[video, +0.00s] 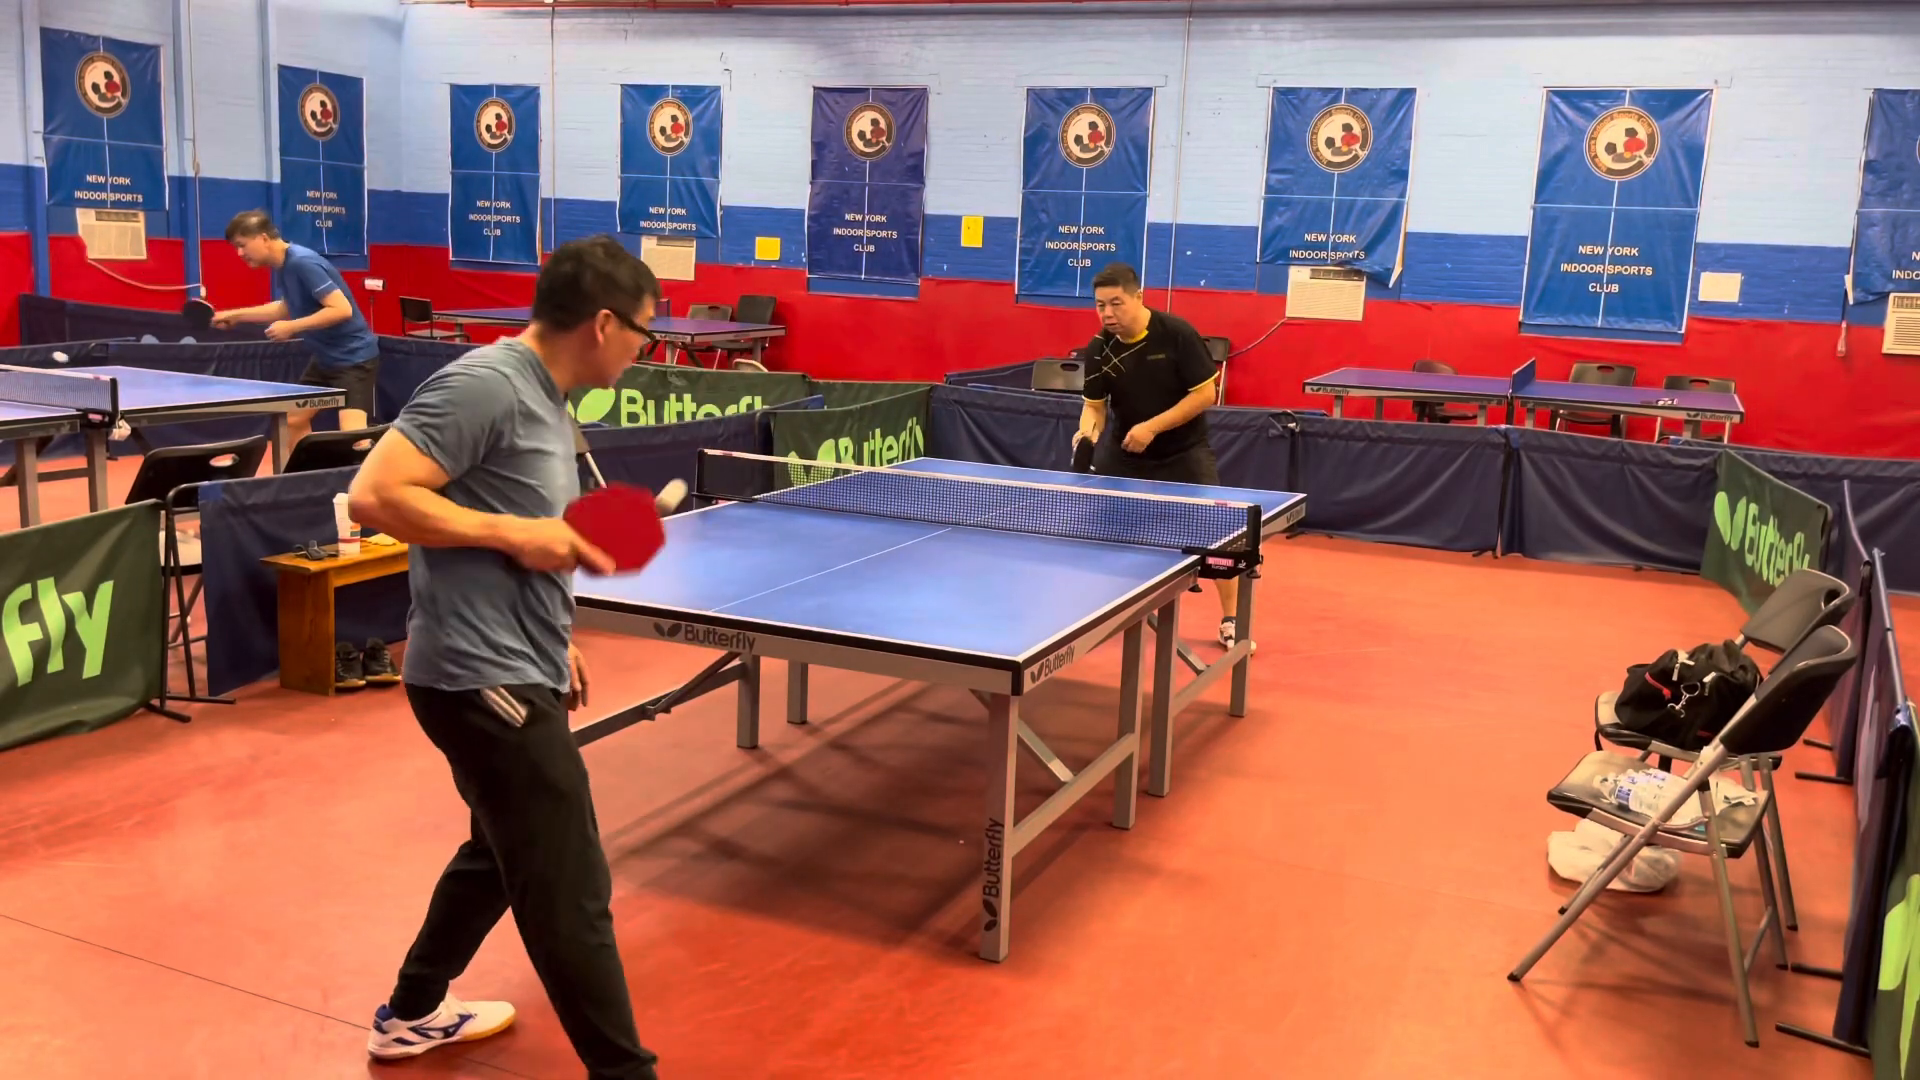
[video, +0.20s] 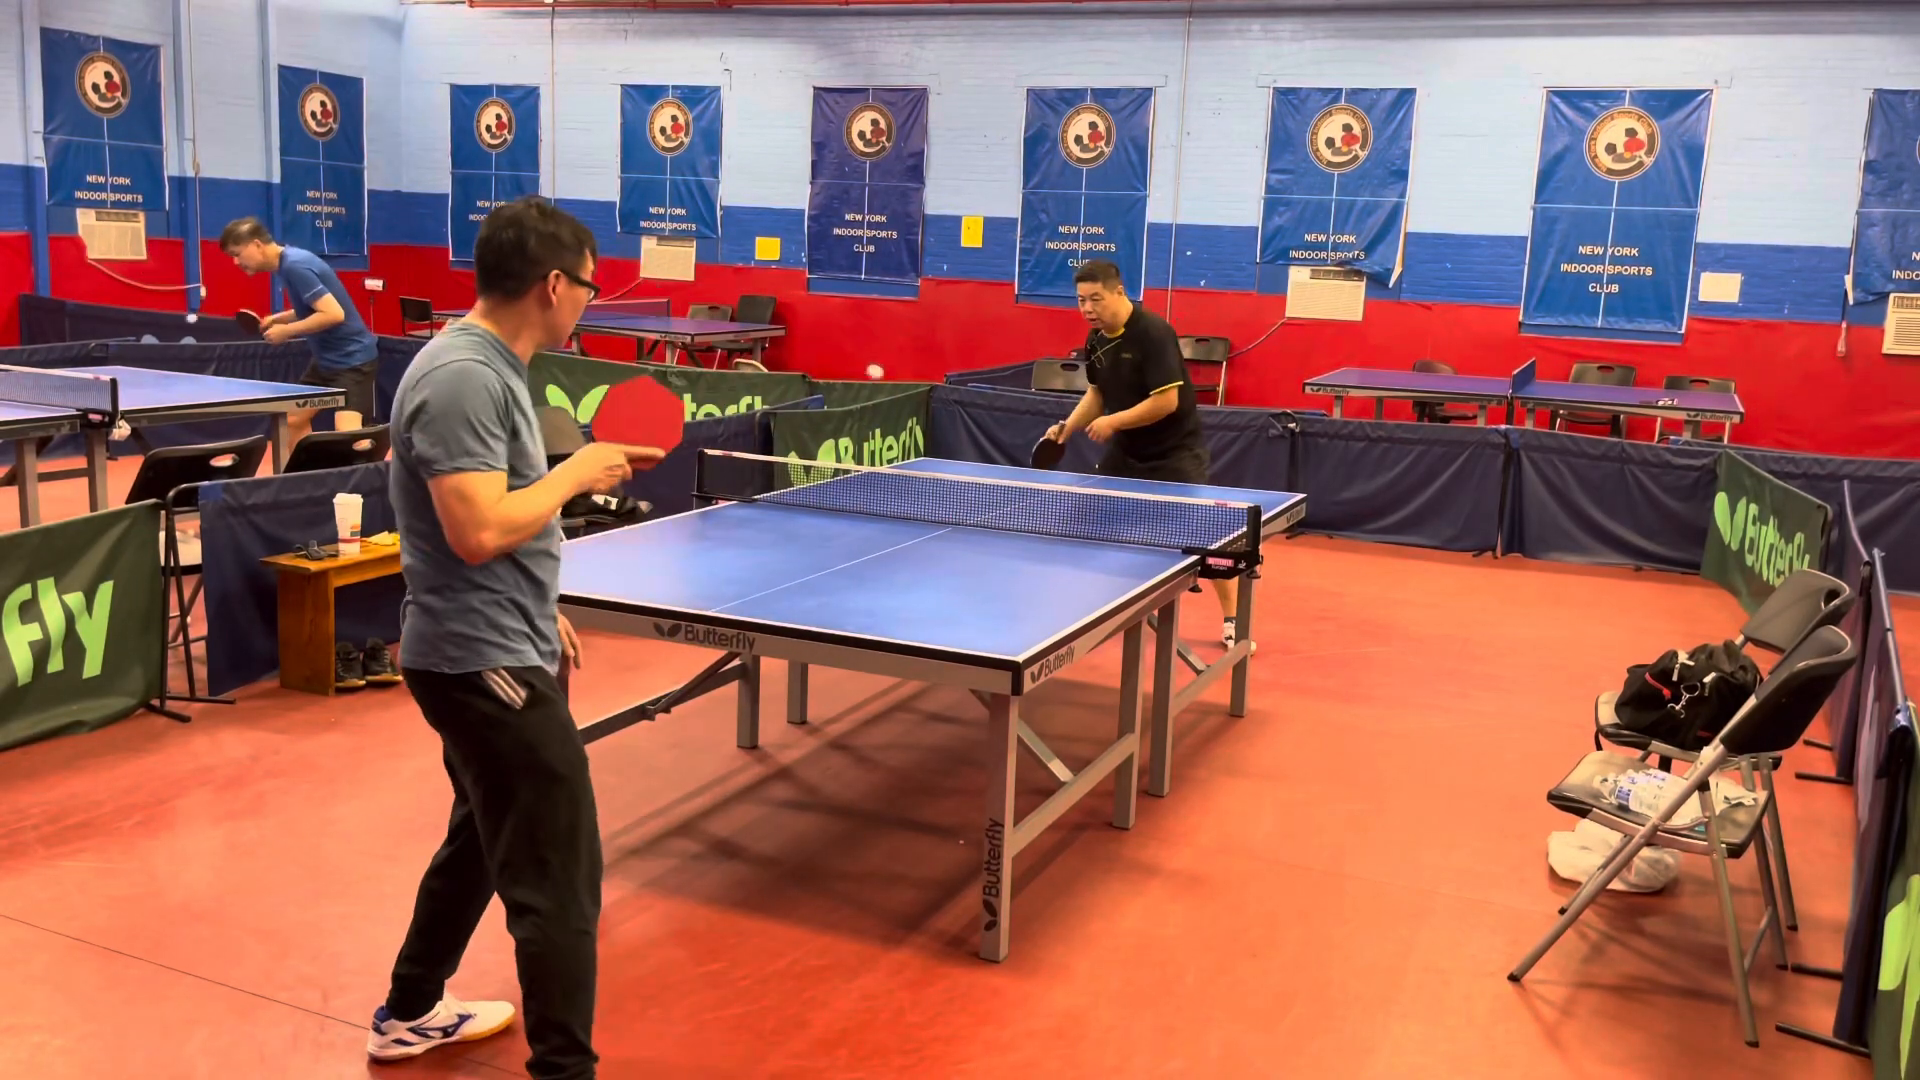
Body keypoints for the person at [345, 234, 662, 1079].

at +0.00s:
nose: (639, 353)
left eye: (644, 337)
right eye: (639, 334)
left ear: (588, 320)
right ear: (597, 322)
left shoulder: (546, 399)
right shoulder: (484, 382)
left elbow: (516, 532)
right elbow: (374, 494)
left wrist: (557, 638)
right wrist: (507, 531)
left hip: (518, 670)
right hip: (475, 676)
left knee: (501, 852)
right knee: (569, 887)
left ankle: (410, 1013)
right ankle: (624, 1067)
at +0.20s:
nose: (585, 306)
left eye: (588, 290)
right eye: (584, 288)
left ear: (515, 282)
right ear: (550, 286)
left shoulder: (493, 368)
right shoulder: (459, 378)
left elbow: (503, 517)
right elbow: (475, 531)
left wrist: (542, 611)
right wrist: (574, 474)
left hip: (494, 651)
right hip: (481, 659)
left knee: (484, 835)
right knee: (560, 873)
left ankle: (408, 1012)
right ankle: (564, 1065)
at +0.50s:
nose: (624, 338)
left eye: (622, 320)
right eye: (621, 321)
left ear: (527, 316)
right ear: (597, 323)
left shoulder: (447, 397)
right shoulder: (564, 422)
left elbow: (408, 527)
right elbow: (592, 582)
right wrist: (653, 538)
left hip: (435, 685)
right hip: (512, 700)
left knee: (486, 840)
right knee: (597, 891)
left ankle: (409, 1011)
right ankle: (638, 1071)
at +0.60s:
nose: (661, 344)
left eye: (662, 329)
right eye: (660, 328)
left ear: (561, 321)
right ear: (638, 330)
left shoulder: (479, 394)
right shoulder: (600, 428)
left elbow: (421, 519)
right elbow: (590, 597)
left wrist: (520, 568)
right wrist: (660, 619)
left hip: (440, 684)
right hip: (523, 701)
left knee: (482, 831)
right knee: (622, 901)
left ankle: (407, 1012)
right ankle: (644, 1068)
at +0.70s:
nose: (696, 355)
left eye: (696, 338)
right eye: (695, 339)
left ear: (600, 332)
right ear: (673, 344)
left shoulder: (521, 395)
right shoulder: (618, 438)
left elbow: (452, 519)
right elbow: (577, 601)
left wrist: (501, 624)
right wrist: (653, 703)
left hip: (441, 682)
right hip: (516, 702)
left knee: (482, 837)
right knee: (621, 910)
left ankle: (406, 1014)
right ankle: (643, 1068)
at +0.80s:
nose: (720, 385)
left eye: (722, 368)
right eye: (720, 367)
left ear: (633, 355)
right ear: (694, 370)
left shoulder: (560, 409)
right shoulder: (616, 460)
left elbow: (515, 544)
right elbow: (554, 625)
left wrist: (588, 615)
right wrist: (611, 764)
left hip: (444, 682)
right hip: (497, 707)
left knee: (494, 843)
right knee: (617, 902)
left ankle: (408, 1014)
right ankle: (638, 1065)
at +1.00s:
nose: (719, 390)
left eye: (722, 372)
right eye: (717, 371)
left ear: (642, 360)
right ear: (680, 369)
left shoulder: (569, 416)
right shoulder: (595, 451)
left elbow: (569, 554)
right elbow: (560, 614)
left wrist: (676, 579)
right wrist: (667, 691)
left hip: (454, 684)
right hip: (504, 702)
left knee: (510, 838)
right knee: (626, 903)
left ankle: (411, 1014)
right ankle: (641, 1069)